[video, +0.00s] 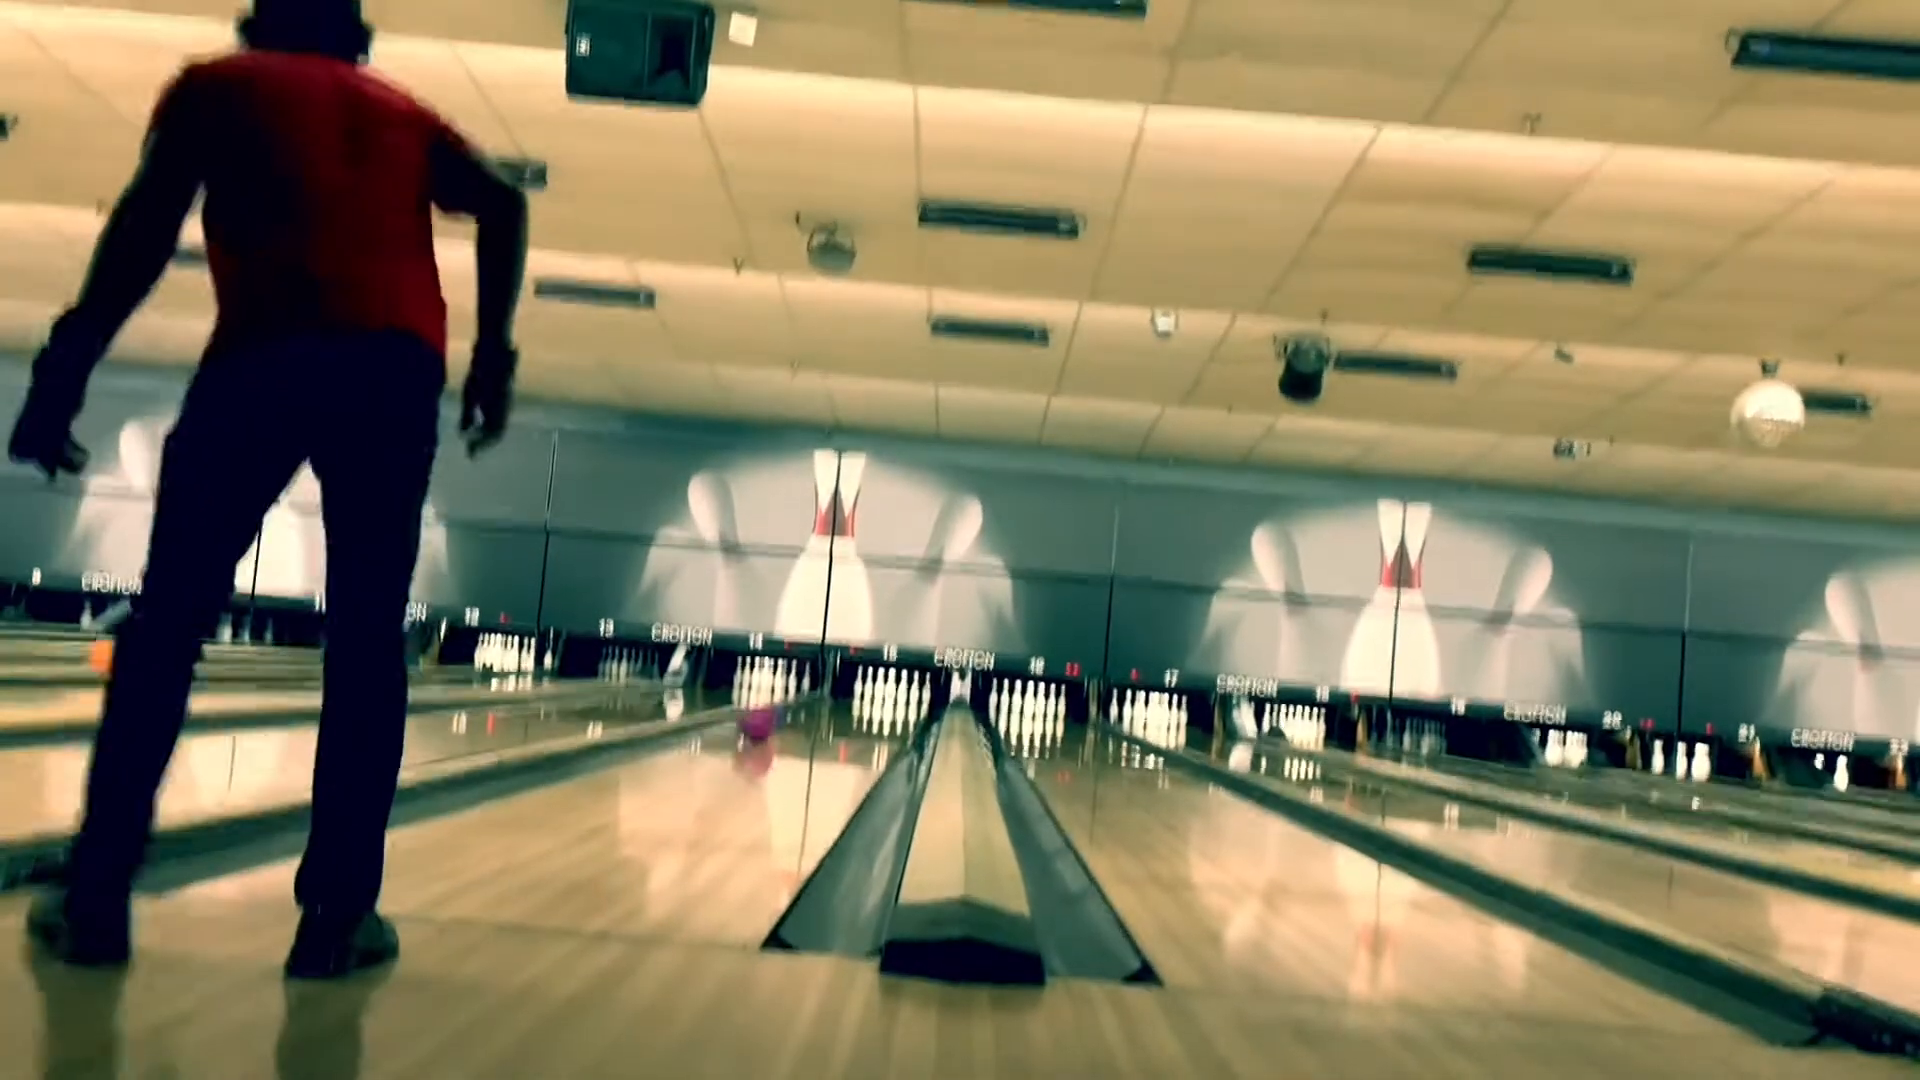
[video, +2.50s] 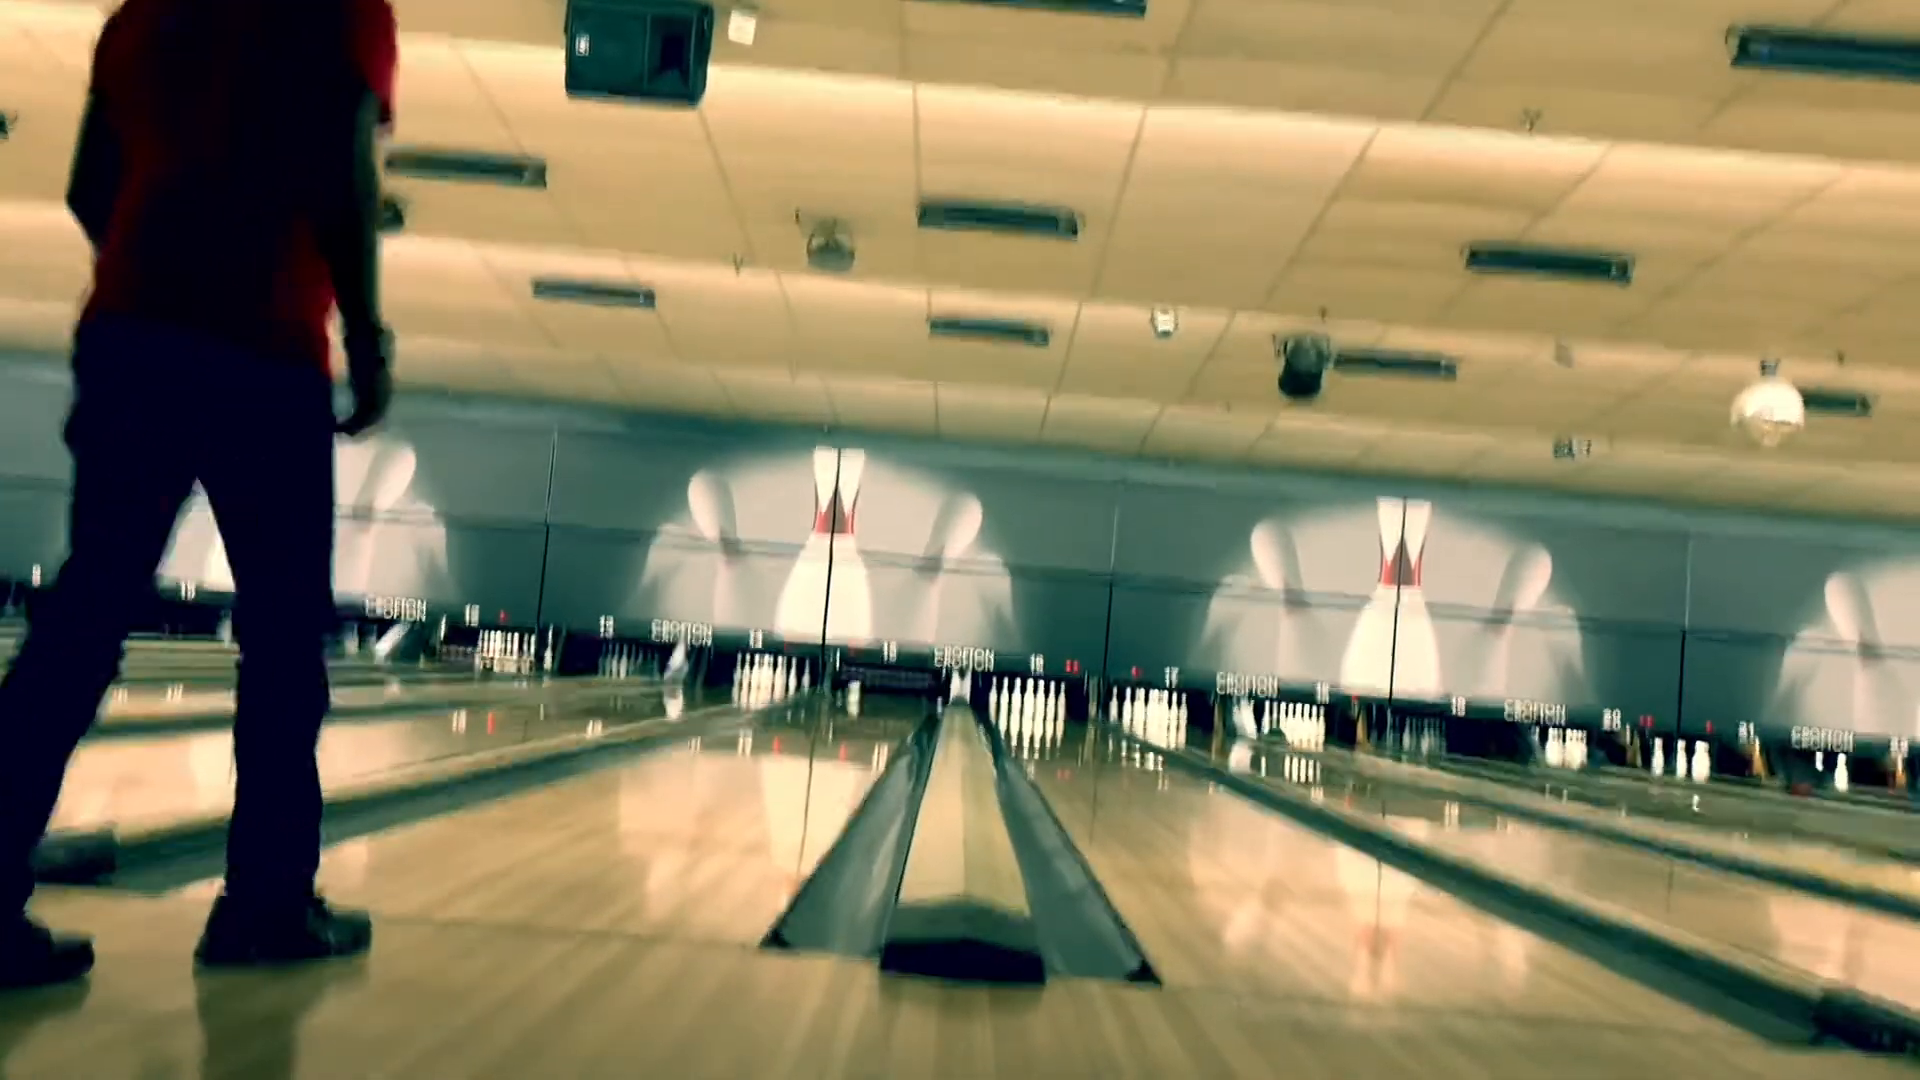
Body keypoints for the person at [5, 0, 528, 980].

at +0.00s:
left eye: (249, 27)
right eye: (358, 38)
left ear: (259, 28)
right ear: (354, 40)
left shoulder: (213, 86)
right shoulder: (401, 113)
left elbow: (141, 238)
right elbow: (504, 201)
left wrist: (58, 382)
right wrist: (495, 348)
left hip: (258, 368)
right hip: (394, 377)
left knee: (169, 625)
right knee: (368, 649)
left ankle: (96, 907)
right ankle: (333, 924)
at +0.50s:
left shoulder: (112, 42)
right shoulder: (333, 58)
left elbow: (51, 207)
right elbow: (373, 207)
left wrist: (59, 305)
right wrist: (362, 332)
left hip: (139, 359)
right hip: (273, 364)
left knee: (103, 620)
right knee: (290, 629)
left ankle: (79, 895)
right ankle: (272, 888)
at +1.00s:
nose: (381, 1)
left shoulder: (179, 53)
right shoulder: (394, 70)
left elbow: (121, 216)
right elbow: (409, 217)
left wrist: (179, 320)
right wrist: (405, 358)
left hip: (180, 366)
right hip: (313, 376)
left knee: (126, 622)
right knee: (304, 645)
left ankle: (78, 899)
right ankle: (262, 908)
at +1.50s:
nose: (517, 29)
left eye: (513, 20)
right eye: (521, 21)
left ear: (418, 3)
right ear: (512, 20)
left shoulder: (315, 67)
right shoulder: (515, 108)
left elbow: (231, 210)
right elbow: (496, 237)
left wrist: (289, 307)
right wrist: (461, 391)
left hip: (236, 354)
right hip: (363, 383)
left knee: (108, 592)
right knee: (339, 648)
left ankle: (5, 856)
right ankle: (263, 905)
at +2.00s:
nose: (528, 30)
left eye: (524, 21)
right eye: (532, 22)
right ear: (521, 15)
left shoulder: (330, 57)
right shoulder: (525, 100)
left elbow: (245, 202)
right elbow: (501, 231)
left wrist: (290, 315)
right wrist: (468, 385)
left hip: (242, 350)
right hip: (369, 379)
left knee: (117, 584)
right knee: (337, 654)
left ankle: (3, 824)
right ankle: (265, 915)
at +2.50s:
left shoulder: (144, 11)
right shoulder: (350, 11)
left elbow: (89, 188)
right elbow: (346, 177)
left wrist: (167, 288)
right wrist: (365, 331)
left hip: (130, 347)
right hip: (263, 357)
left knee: (82, 618)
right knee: (284, 638)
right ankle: (267, 904)